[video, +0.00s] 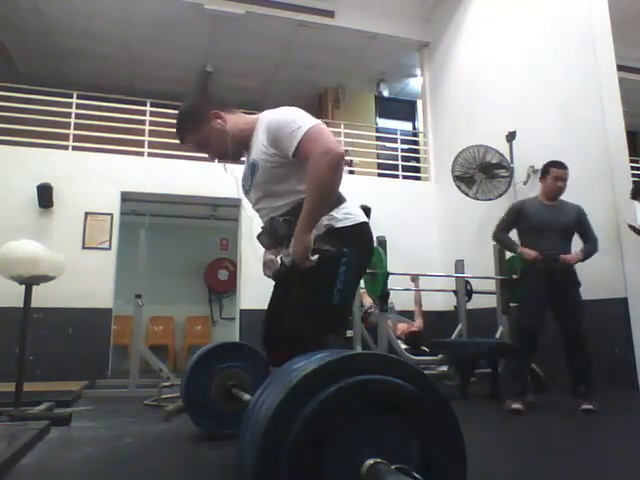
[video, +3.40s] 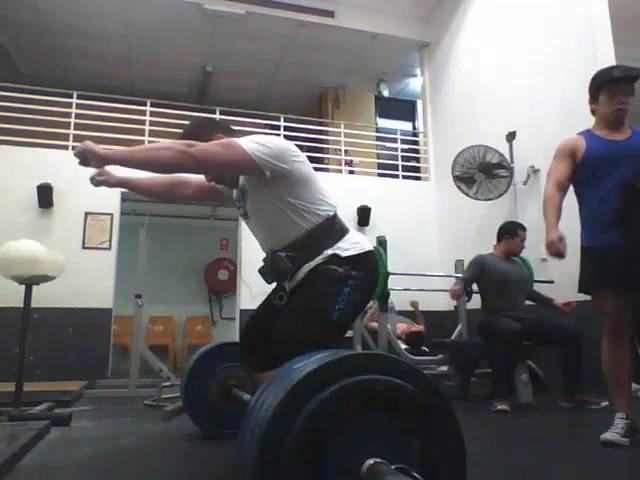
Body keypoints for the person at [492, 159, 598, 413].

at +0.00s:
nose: (560, 185)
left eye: (564, 180)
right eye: (556, 179)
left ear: (567, 183)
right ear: (543, 179)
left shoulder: (574, 212)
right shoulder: (522, 209)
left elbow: (592, 243)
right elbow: (498, 234)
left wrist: (577, 256)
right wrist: (520, 250)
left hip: (564, 280)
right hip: (533, 281)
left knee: (574, 335)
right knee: (526, 335)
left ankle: (583, 396)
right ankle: (517, 395)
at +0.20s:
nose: (551, 183)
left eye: (553, 179)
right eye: (547, 178)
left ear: (551, 181)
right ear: (530, 177)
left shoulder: (555, 210)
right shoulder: (510, 207)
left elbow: (562, 240)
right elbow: (490, 236)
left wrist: (563, 257)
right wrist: (510, 259)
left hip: (548, 280)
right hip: (518, 282)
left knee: (565, 335)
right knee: (516, 339)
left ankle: (580, 394)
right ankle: (512, 396)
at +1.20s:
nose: (574, 208)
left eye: (574, 204)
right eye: (570, 203)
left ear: (558, 206)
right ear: (555, 204)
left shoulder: (563, 238)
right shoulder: (528, 224)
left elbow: (567, 268)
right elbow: (499, 244)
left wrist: (564, 296)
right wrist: (510, 279)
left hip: (531, 290)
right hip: (505, 288)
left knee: (566, 329)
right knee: (504, 334)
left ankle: (563, 391)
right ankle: (499, 395)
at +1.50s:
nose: (564, 245)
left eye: (564, 240)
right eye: (561, 240)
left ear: (551, 242)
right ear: (548, 241)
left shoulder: (556, 267)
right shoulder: (519, 259)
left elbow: (562, 286)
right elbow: (486, 276)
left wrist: (558, 307)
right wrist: (497, 310)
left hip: (527, 314)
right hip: (500, 315)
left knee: (571, 334)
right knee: (503, 335)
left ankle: (564, 392)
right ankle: (497, 397)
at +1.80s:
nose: (533, 244)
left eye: (533, 239)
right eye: (531, 239)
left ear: (519, 241)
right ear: (521, 240)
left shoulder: (527, 266)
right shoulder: (497, 263)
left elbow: (533, 294)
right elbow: (482, 289)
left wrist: (545, 312)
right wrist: (507, 314)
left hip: (522, 319)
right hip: (496, 321)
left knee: (567, 334)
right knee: (511, 338)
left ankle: (564, 392)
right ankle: (498, 396)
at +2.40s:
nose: (514, 242)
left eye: (513, 239)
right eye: (512, 238)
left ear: (499, 240)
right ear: (503, 239)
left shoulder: (510, 268)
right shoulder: (480, 260)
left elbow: (509, 300)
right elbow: (461, 284)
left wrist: (526, 313)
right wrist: (479, 295)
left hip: (517, 317)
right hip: (494, 317)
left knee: (570, 332)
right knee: (507, 334)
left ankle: (573, 392)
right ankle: (501, 397)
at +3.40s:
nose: (523, 246)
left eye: (524, 241)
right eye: (521, 241)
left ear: (510, 239)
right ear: (507, 239)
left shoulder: (519, 265)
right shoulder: (483, 261)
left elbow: (527, 292)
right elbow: (465, 282)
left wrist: (554, 303)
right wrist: (458, 289)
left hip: (522, 319)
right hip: (494, 319)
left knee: (570, 332)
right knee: (510, 332)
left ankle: (573, 394)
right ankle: (502, 397)